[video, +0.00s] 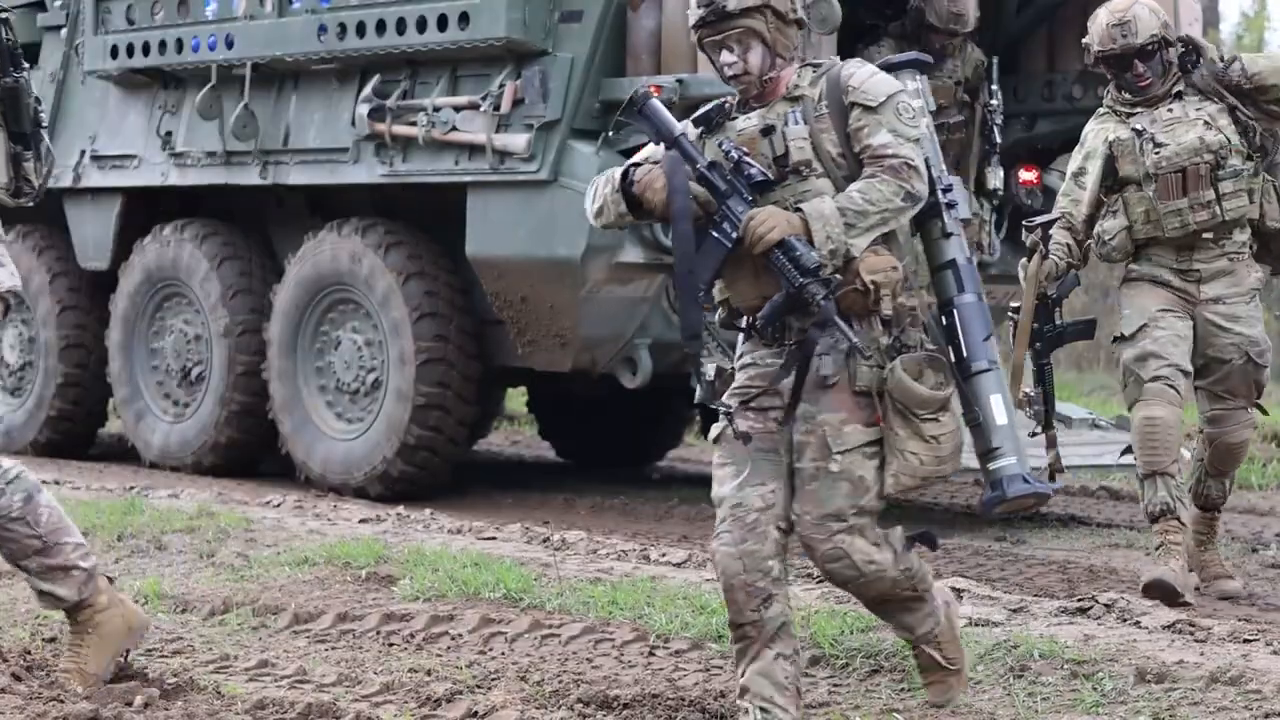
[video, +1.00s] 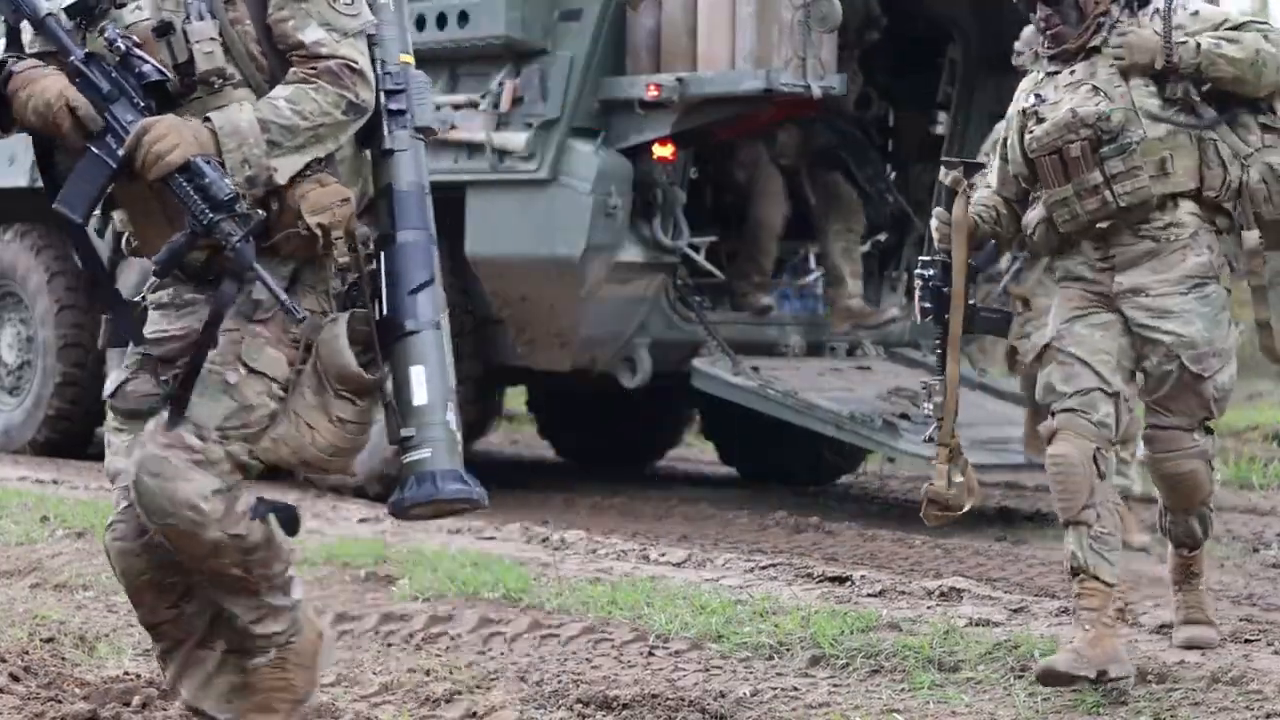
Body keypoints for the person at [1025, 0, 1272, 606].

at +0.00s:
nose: (1136, 72)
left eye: (1145, 58)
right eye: (1121, 65)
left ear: (1170, 50)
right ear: (1106, 70)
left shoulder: (1216, 95)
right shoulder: (1105, 129)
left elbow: (1278, 82)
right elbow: (1072, 210)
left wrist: (1228, 67)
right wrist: (1054, 250)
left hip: (1231, 271)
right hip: (1152, 276)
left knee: (1232, 419)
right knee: (1156, 389)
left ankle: (1204, 533)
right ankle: (1168, 545)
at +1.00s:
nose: (1051, 15)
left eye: (1064, 4)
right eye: (1043, 8)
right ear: (1037, 16)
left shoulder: (1167, 28)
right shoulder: (1032, 92)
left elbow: (1268, 60)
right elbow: (1000, 198)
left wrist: (1174, 51)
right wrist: (965, 210)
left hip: (1174, 263)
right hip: (1077, 277)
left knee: (1177, 453)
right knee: (1073, 451)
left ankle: (1189, 580)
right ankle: (1100, 629)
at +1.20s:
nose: (984, 56)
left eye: (997, 37)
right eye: (974, 46)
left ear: (1044, 25)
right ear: (967, 53)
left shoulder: (1112, 59)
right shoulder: (978, 133)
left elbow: (1223, 100)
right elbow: (950, 245)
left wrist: (1116, 87)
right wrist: (897, 247)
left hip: (1126, 302)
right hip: (1035, 319)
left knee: (1103, 488)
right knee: (1019, 503)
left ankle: (1174, 569)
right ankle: (1112, 662)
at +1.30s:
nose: (957, 59)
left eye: (967, 39)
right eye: (944, 49)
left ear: (1014, 26)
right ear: (938, 55)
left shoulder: (1078, 68)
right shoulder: (951, 132)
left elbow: (1187, 102)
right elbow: (925, 245)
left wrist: (1078, 61)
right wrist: (872, 255)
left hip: (1095, 301)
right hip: (1006, 325)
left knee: (1027, 477)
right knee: (1003, 513)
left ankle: (1109, 645)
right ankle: (1101, 664)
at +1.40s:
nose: (931, 46)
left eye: (943, 25)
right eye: (918, 36)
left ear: (990, 12)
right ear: (910, 43)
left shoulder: (1053, 64)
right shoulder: (917, 121)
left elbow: (1133, 83)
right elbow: (883, 232)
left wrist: (1052, 17)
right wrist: (837, 264)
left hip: (1058, 297)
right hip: (974, 318)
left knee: (979, 488)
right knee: (999, 498)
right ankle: (1114, 658)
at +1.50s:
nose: (891, 48)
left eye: (905, 26)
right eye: (877, 37)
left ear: (952, 15)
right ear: (868, 47)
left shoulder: (1010, 67)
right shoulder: (872, 123)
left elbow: (1072, 23)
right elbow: (831, 233)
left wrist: (1034, 23)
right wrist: (789, 266)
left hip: (1005, 312)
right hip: (917, 332)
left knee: (943, 504)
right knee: (948, 512)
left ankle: (929, 695)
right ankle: (1088, 638)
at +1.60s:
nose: (848, 65)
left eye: (860, 45)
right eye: (835, 56)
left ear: (907, 36)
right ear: (825, 69)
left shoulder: (955, 93)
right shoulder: (834, 142)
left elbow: (1004, 22)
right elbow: (797, 254)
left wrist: (967, 28)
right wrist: (747, 266)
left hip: (953, 334)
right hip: (868, 348)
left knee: (893, 554)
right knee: (839, 563)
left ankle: (907, 708)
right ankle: (992, 608)